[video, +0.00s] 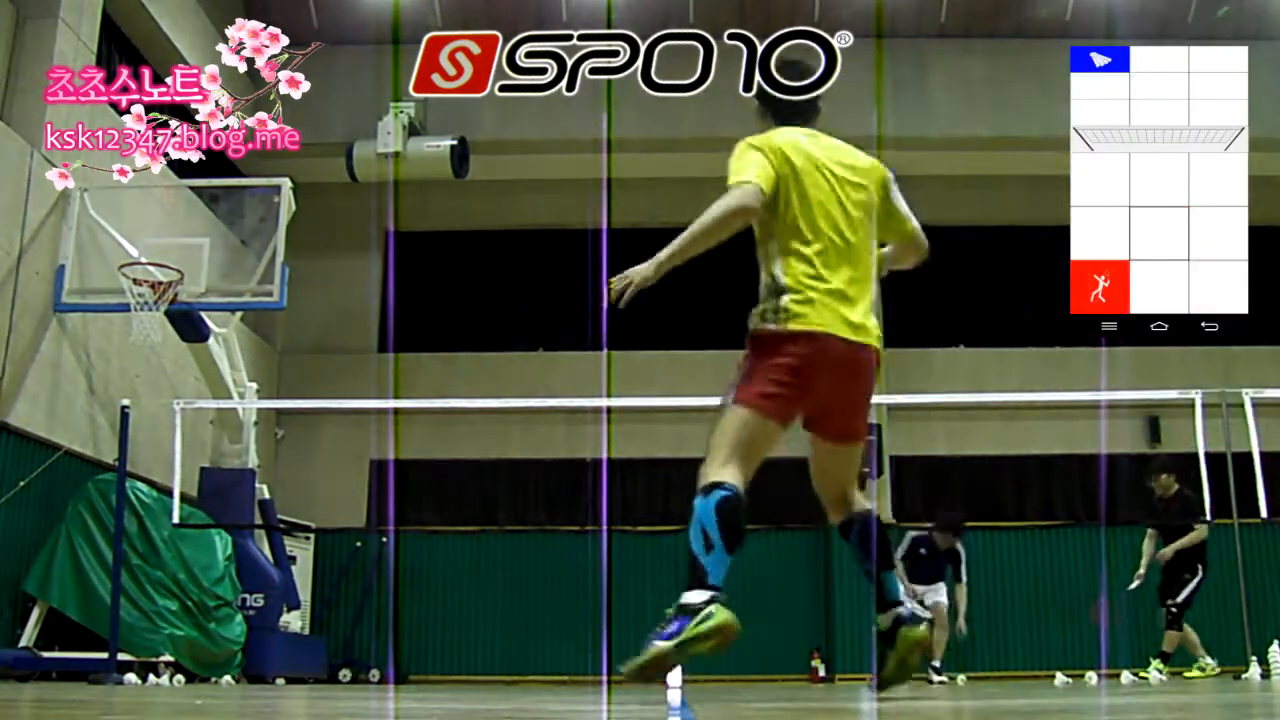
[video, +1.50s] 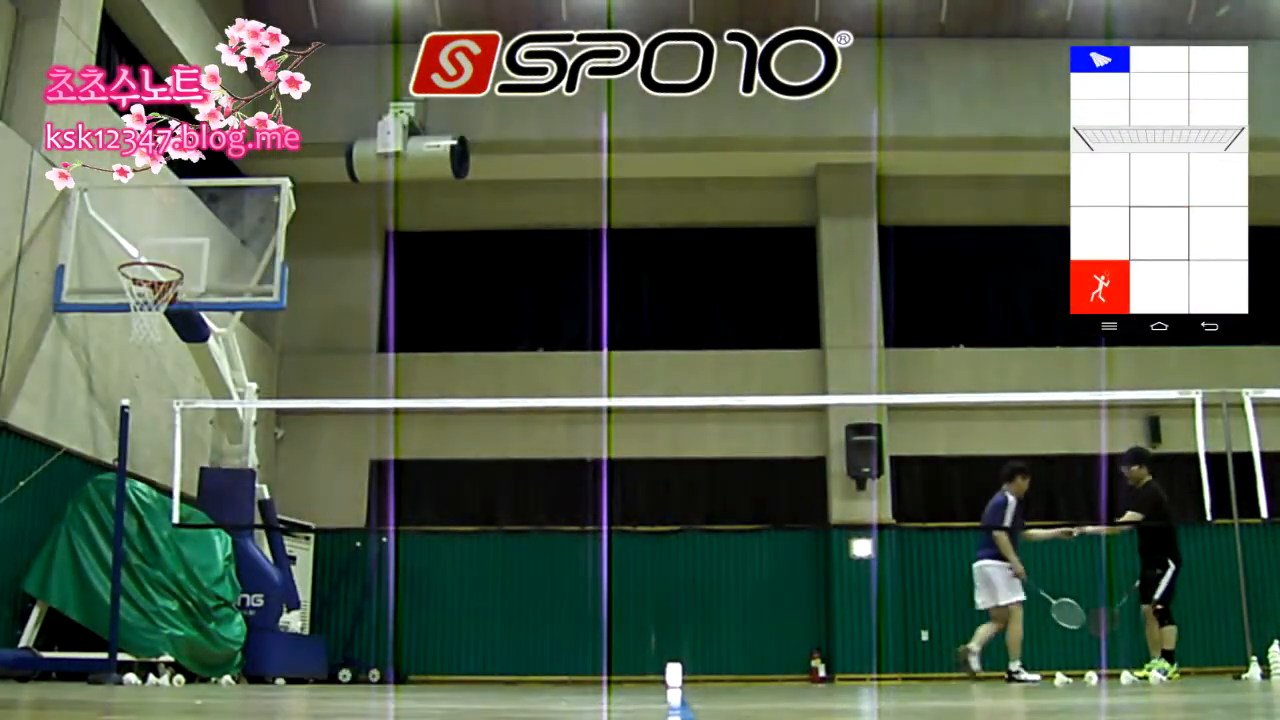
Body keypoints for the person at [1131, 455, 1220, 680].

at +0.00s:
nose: (1154, 484)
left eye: (1158, 479)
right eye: (1153, 480)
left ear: (1171, 477)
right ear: (1153, 482)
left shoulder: (1189, 499)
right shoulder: (1158, 504)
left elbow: (1202, 530)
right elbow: (1151, 537)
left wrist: (1172, 548)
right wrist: (1143, 567)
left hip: (1193, 562)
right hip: (1171, 563)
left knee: (1175, 608)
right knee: (1171, 614)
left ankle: (1161, 663)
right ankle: (1205, 659)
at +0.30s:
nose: (1161, 471)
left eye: (1165, 466)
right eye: (1159, 467)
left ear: (1178, 466)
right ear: (1158, 470)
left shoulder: (1196, 491)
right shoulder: (1162, 497)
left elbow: (1210, 522)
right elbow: (1159, 532)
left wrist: (1183, 541)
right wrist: (1157, 566)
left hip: (1198, 557)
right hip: (1175, 558)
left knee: (1185, 603)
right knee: (1190, 610)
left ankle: (1181, 657)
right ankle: (1209, 660)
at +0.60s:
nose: (1155, 475)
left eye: (1158, 470)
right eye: (1153, 471)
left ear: (1171, 469)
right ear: (1153, 472)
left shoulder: (1186, 491)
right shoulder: (1160, 496)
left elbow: (1182, 523)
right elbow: (1158, 535)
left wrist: (1151, 531)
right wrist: (1158, 569)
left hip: (1192, 557)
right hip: (1172, 560)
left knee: (1182, 605)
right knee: (1191, 611)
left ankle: (1178, 659)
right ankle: (1208, 660)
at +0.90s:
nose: (1133, 480)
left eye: (1135, 474)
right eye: (1131, 476)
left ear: (1148, 471)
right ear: (1138, 474)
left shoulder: (1161, 493)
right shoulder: (1146, 494)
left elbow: (1142, 523)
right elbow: (1149, 533)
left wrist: (1106, 529)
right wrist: (1148, 564)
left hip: (1177, 559)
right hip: (1161, 560)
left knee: (1163, 606)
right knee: (1170, 613)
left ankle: (1167, 663)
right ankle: (1201, 656)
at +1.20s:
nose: (1122, 473)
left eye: (1125, 468)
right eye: (1121, 468)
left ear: (1137, 467)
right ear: (1133, 468)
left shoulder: (1148, 489)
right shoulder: (1143, 488)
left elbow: (1126, 516)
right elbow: (1153, 526)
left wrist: (1093, 525)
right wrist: (1148, 554)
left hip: (1167, 556)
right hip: (1156, 556)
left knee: (1157, 604)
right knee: (1153, 605)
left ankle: (1167, 660)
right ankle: (1157, 658)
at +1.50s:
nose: (1125, 473)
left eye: (1129, 468)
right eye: (1124, 469)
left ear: (1142, 468)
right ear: (1135, 470)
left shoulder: (1150, 491)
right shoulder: (1140, 491)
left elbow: (1126, 524)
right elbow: (1125, 523)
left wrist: (1093, 529)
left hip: (1166, 558)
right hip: (1150, 558)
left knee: (1159, 607)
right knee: (1147, 608)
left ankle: (1168, 661)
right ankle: (1155, 660)